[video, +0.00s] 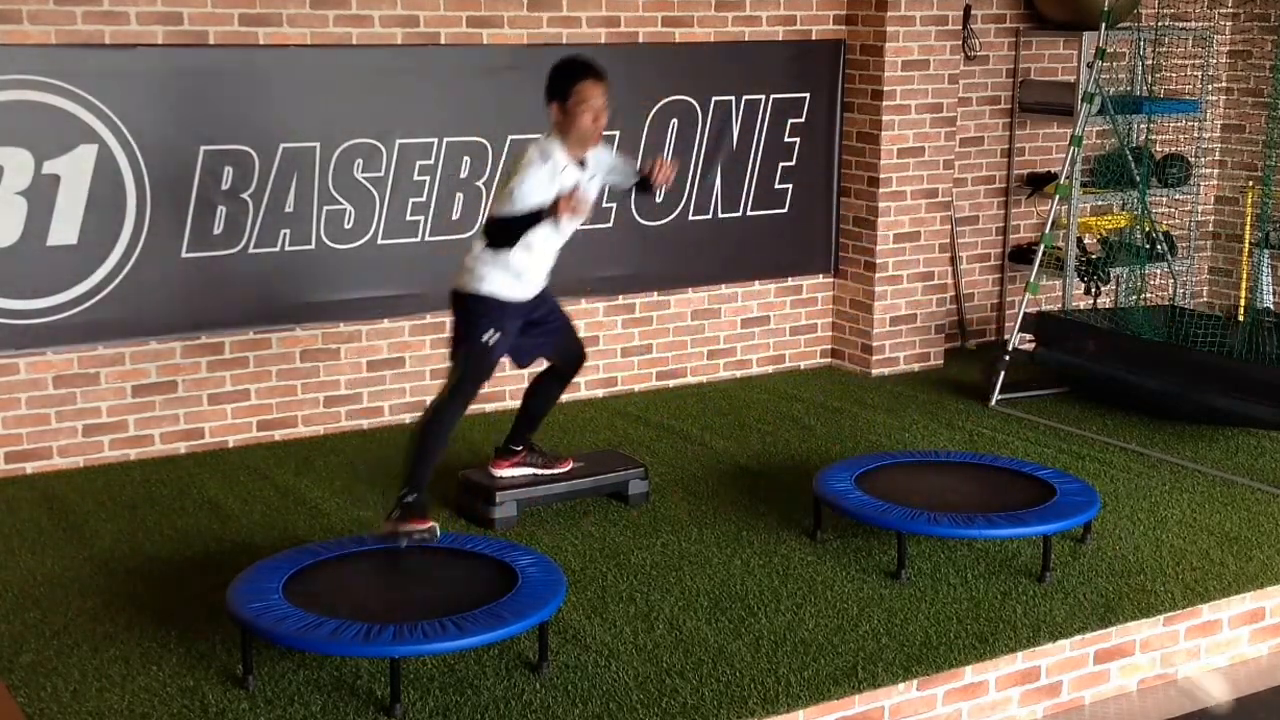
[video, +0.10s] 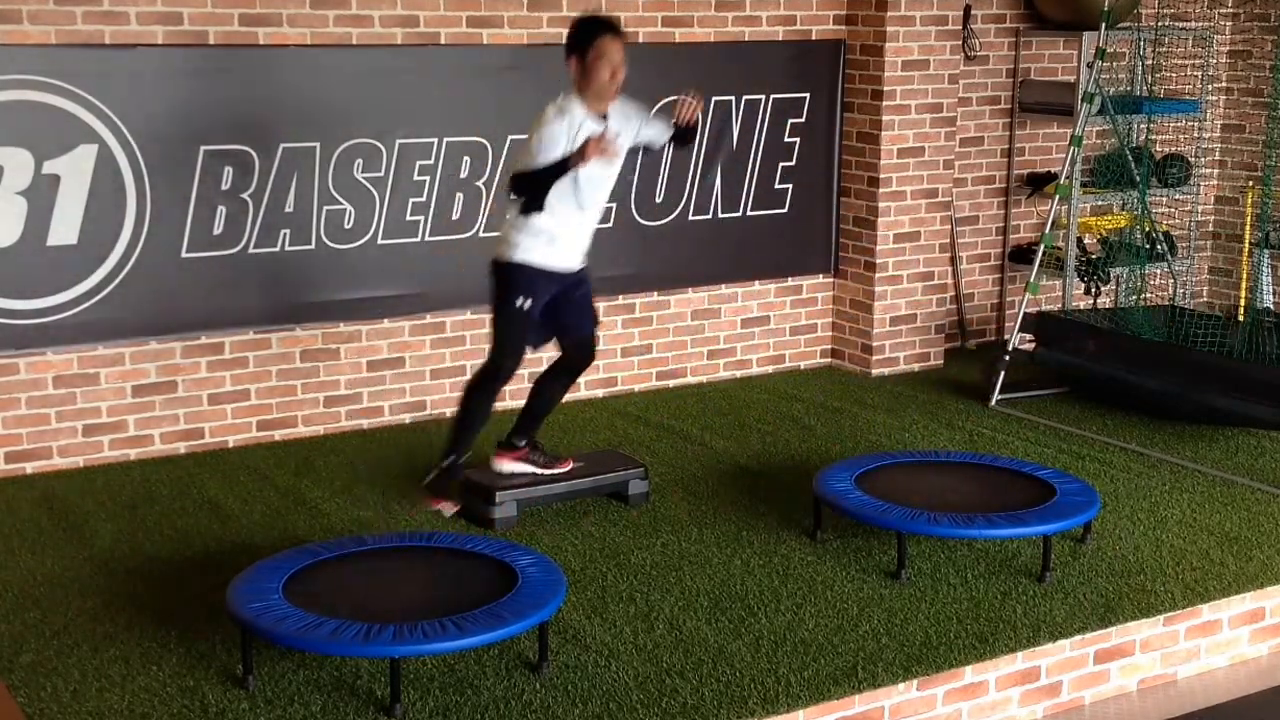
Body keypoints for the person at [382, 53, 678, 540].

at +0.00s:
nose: (600, 120)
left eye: (604, 109)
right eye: (589, 109)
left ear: (608, 111)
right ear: (558, 113)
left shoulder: (597, 157)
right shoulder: (538, 162)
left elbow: (629, 181)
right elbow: (495, 232)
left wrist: (649, 179)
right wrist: (550, 212)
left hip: (531, 293)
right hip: (487, 293)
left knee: (569, 358)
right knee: (463, 386)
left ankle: (514, 451)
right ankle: (410, 503)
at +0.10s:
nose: (618, 75)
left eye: (622, 64)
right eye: (607, 65)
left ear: (625, 65)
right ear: (576, 65)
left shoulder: (624, 115)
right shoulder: (557, 119)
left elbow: (679, 140)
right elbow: (522, 190)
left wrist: (688, 118)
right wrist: (576, 160)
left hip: (569, 266)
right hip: (524, 263)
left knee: (580, 353)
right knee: (504, 362)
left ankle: (517, 446)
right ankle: (448, 470)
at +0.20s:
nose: (635, 40)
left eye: (640, 31)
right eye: (625, 29)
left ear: (645, 35)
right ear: (596, 30)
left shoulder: (645, 80)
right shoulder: (575, 85)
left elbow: (698, 110)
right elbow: (553, 156)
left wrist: (715, 91)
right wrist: (616, 120)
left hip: (613, 237)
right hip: (559, 238)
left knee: (638, 336)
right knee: (534, 351)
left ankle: (564, 402)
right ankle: (505, 436)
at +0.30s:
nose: (662, 44)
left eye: (668, 35)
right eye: (651, 33)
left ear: (672, 40)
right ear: (621, 34)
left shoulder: (669, 85)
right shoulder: (601, 83)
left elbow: (721, 122)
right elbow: (581, 145)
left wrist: (749, 105)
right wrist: (653, 113)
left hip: (645, 237)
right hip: (585, 248)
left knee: (713, 316)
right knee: (561, 351)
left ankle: (651, 383)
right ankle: (548, 434)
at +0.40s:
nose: (697, 79)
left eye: (701, 69)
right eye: (687, 67)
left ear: (705, 72)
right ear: (654, 65)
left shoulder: (699, 117)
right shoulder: (629, 118)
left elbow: (749, 159)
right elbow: (613, 184)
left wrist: (793, 144)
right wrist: (687, 144)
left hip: (679, 253)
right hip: (619, 267)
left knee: (766, 302)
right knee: (577, 365)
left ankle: (781, 401)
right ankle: (554, 442)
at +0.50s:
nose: (743, 109)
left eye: (748, 100)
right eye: (733, 98)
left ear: (750, 104)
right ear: (702, 98)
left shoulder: (747, 149)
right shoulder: (672, 153)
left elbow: (795, 193)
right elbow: (647, 225)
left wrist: (842, 196)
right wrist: (719, 208)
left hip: (721, 278)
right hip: (657, 287)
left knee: (809, 335)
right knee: (601, 370)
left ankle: (884, 422)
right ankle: (553, 446)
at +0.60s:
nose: (804, 149)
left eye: (810, 141)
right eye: (795, 139)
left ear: (812, 146)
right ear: (765, 139)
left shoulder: (810, 188)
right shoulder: (730, 188)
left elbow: (859, 235)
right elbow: (687, 261)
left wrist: (908, 244)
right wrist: (748, 282)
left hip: (774, 312)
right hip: (710, 315)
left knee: (852, 364)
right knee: (630, 390)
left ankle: (909, 461)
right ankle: (557, 444)